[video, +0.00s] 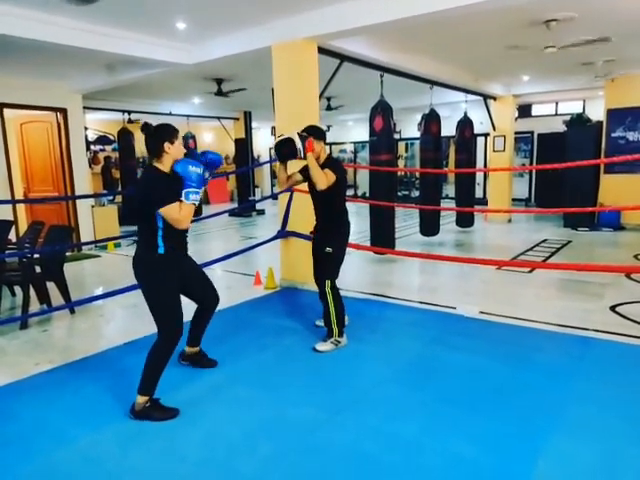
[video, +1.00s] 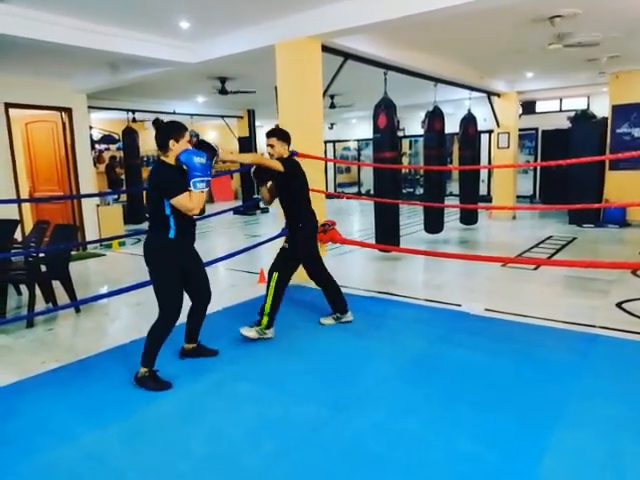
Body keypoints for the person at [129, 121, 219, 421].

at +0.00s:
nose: (183, 148)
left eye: (182, 142)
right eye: (180, 142)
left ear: (164, 148)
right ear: (167, 147)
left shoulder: (172, 176)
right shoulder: (152, 181)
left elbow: (185, 211)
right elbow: (182, 221)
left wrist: (200, 178)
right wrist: (193, 187)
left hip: (175, 259)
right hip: (154, 264)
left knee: (209, 298)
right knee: (171, 331)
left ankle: (192, 350)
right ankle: (142, 401)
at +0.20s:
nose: (196, 151)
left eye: (195, 146)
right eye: (192, 146)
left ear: (181, 151)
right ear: (179, 151)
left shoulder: (191, 176)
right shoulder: (163, 185)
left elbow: (229, 166)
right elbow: (185, 221)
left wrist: (256, 155)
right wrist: (198, 188)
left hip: (187, 262)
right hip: (165, 265)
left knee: (217, 300)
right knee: (174, 329)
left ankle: (222, 345)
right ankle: (144, 400)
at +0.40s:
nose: (201, 144)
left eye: (199, 139)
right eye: (198, 140)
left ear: (176, 147)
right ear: (190, 145)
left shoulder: (167, 175)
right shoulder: (207, 163)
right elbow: (248, 160)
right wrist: (255, 140)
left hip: (172, 248)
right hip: (189, 250)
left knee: (211, 290)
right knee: (180, 314)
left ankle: (222, 343)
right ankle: (140, 368)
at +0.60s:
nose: (196, 149)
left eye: (195, 145)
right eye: (193, 145)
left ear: (173, 148)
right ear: (181, 147)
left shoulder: (160, 175)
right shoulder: (193, 174)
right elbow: (230, 195)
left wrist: (208, 187)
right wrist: (231, 177)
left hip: (168, 250)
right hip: (184, 252)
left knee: (214, 292)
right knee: (187, 315)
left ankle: (225, 343)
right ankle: (147, 367)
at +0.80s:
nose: (192, 146)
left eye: (191, 141)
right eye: (189, 141)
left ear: (172, 144)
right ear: (176, 143)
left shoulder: (171, 170)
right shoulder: (171, 174)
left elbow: (196, 201)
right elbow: (200, 208)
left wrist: (204, 177)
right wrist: (204, 177)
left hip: (173, 248)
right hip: (163, 250)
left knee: (204, 291)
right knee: (169, 313)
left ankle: (217, 341)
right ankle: (144, 371)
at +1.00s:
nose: (189, 146)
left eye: (189, 141)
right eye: (186, 141)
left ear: (172, 144)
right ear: (172, 144)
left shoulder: (179, 170)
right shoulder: (162, 174)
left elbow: (197, 203)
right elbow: (194, 208)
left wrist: (202, 171)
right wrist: (201, 176)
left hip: (183, 246)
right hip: (163, 249)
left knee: (202, 296)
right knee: (171, 309)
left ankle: (191, 344)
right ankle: (145, 370)